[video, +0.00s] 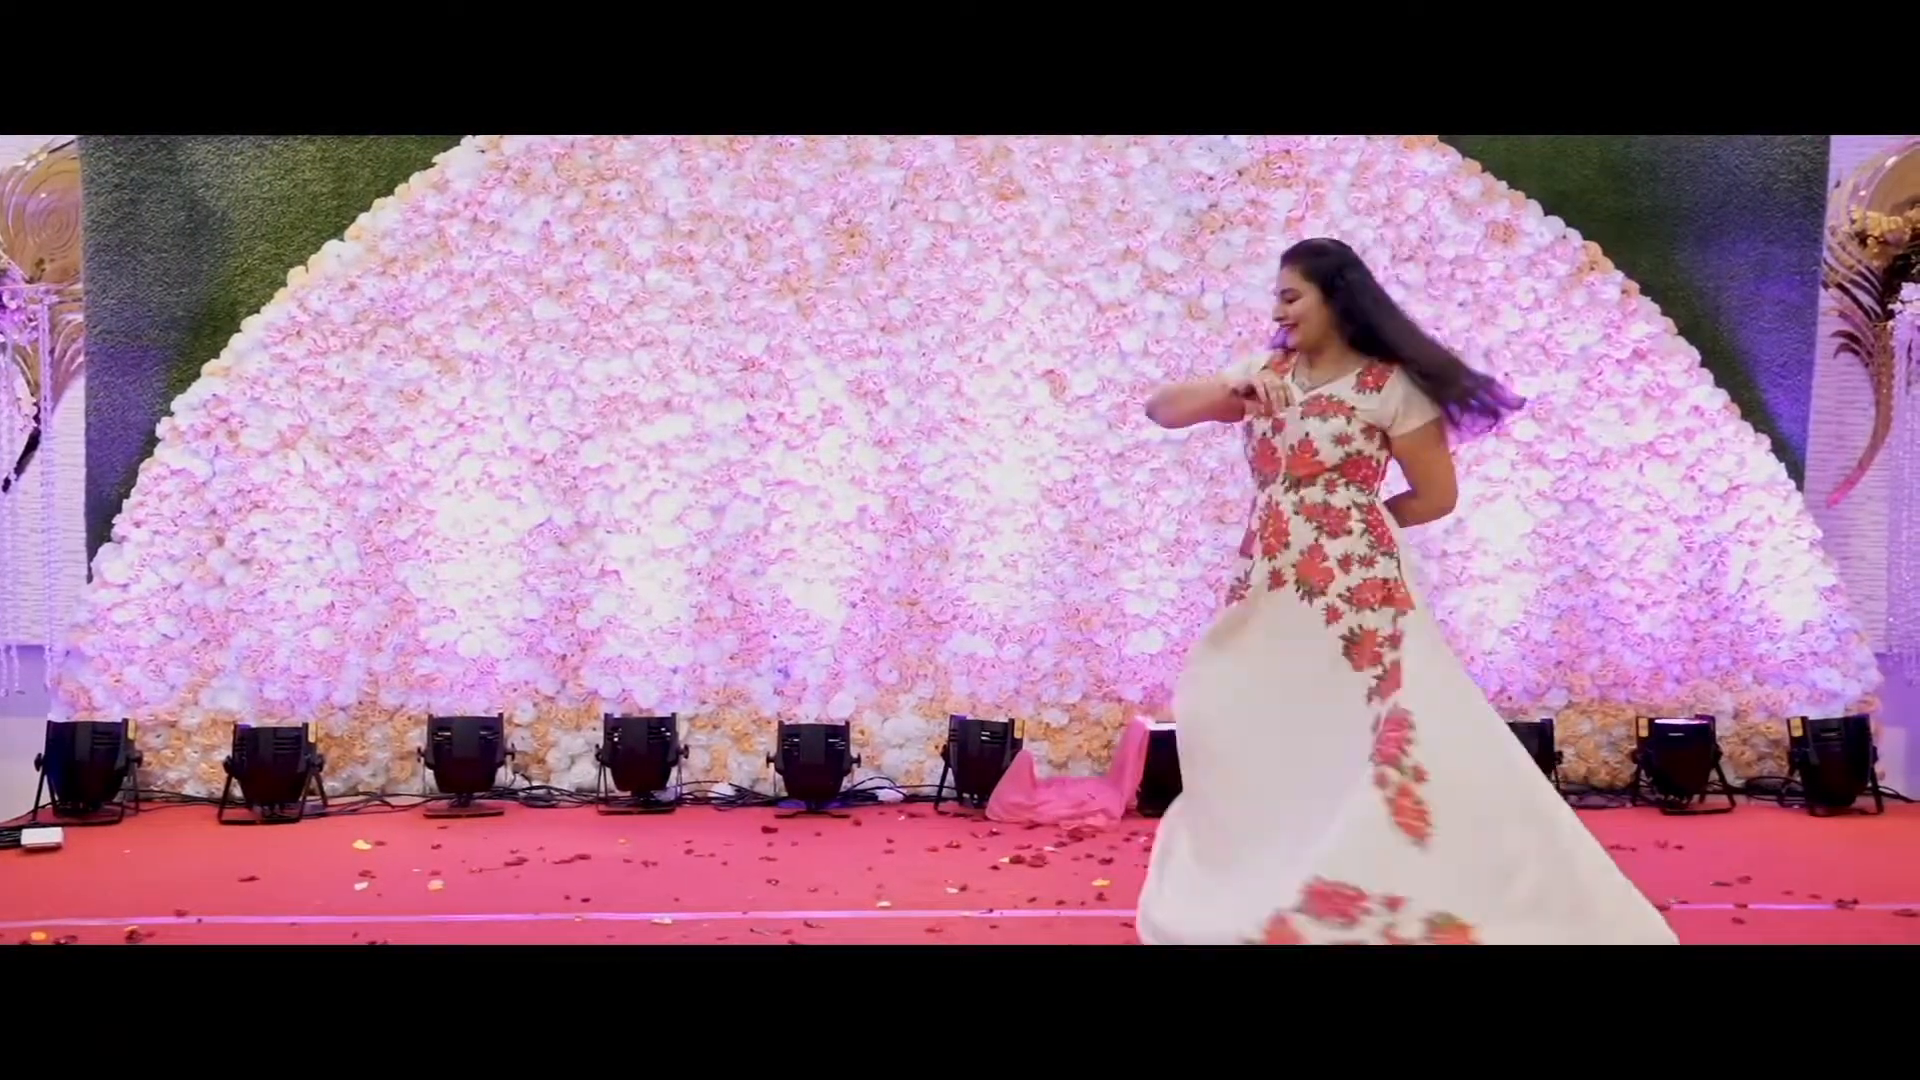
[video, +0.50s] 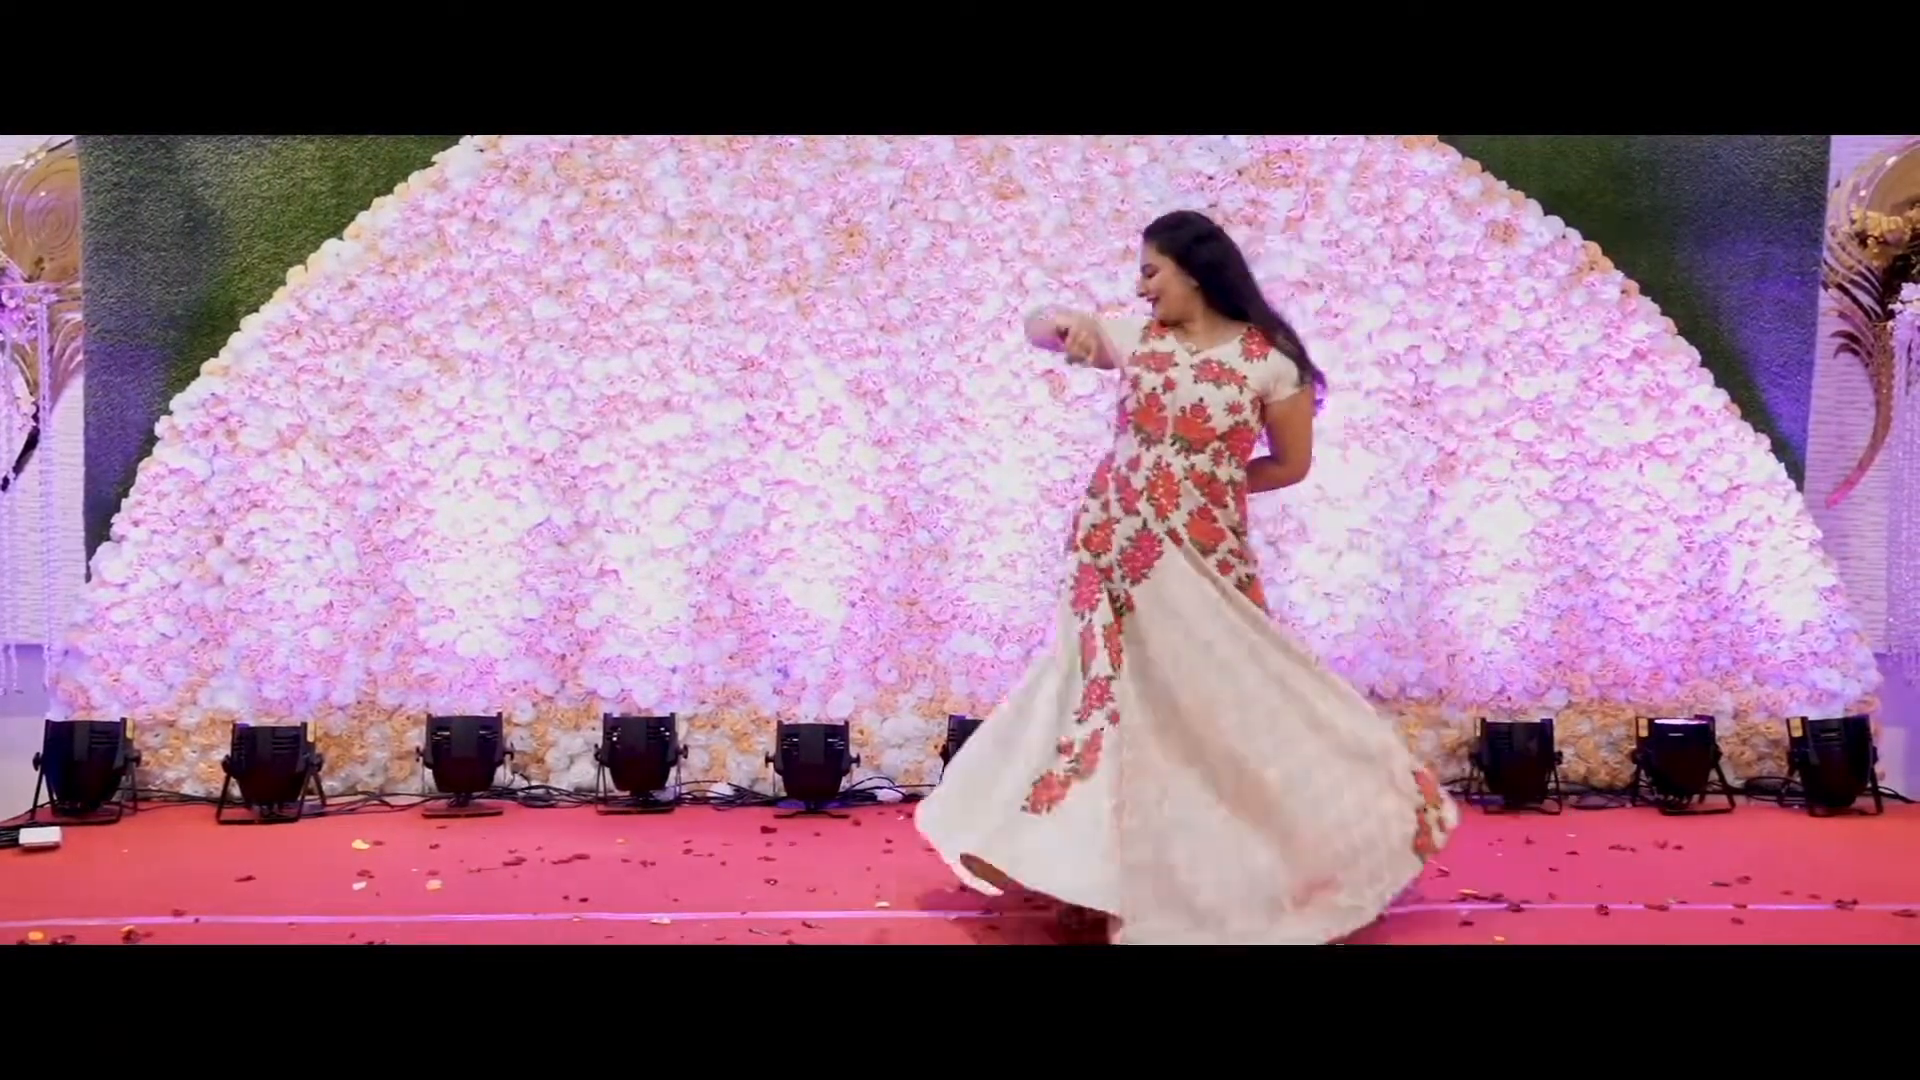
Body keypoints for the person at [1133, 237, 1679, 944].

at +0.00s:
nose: (1280, 309)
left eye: (1293, 295)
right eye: (1278, 296)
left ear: (1338, 301)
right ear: (1285, 304)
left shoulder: (1388, 386)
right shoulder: (1267, 378)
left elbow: (1437, 496)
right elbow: (1162, 407)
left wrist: (1354, 524)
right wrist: (1229, 390)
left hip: (1353, 586)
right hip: (1271, 581)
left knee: (1365, 745)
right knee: (1230, 724)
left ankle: (1373, 909)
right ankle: (1260, 902)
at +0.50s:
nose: (1143, 285)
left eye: (1153, 272)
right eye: (1142, 273)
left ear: (1197, 271)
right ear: (1173, 276)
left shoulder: (1267, 363)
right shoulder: (1136, 336)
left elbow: (1292, 465)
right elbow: (1044, 326)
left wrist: (1215, 483)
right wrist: (1064, 328)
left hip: (1197, 543)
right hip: (1113, 535)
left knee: (1198, 712)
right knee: (1108, 705)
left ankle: (1201, 885)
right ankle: (1112, 888)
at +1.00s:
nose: (1090, 324)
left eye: (1100, 310)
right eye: (1088, 311)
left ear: (1143, 305)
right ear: (1105, 312)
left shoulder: (1219, 363)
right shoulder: (1093, 382)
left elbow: (1271, 462)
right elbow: (1058, 437)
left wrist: (1202, 509)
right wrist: (1029, 357)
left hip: (1180, 568)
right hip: (1094, 566)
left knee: (1169, 733)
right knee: (1074, 728)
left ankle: (1161, 899)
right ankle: (1074, 901)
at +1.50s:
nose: (1174, 308)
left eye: (1188, 294)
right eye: (1165, 295)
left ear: (1228, 294)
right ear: (1157, 298)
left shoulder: (1286, 356)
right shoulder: (1157, 360)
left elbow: (1354, 442)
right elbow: (1179, 405)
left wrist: (1293, 487)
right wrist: (1260, 345)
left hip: (1297, 545)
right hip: (1218, 550)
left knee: (1303, 716)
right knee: (1225, 716)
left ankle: (1304, 888)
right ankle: (1215, 890)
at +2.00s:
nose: (1209, 316)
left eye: (1222, 304)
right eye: (1194, 301)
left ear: (1235, 312)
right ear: (1163, 303)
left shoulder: (1249, 393)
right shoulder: (1123, 361)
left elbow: (1271, 495)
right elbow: (1033, 325)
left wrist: (1206, 512)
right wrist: (1136, 330)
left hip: (1207, 572)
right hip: (1124, 561)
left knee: (1209, 728)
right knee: (1109, 722)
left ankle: (1215, 886)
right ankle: (1104, 889)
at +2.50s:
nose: (1092, 323)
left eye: (1102, 312)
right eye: (1078, 308)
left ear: (1112, 321)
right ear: (1041, 308)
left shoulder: (1113, 403)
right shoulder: (990, 367)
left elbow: (1164, 489)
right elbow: (881, 394)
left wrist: (1089, 527)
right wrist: (893, 327)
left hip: (1041, 574)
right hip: (957, 563)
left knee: (1059, 739)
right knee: (943, 730)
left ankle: (1195, 904)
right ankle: (933, 905)